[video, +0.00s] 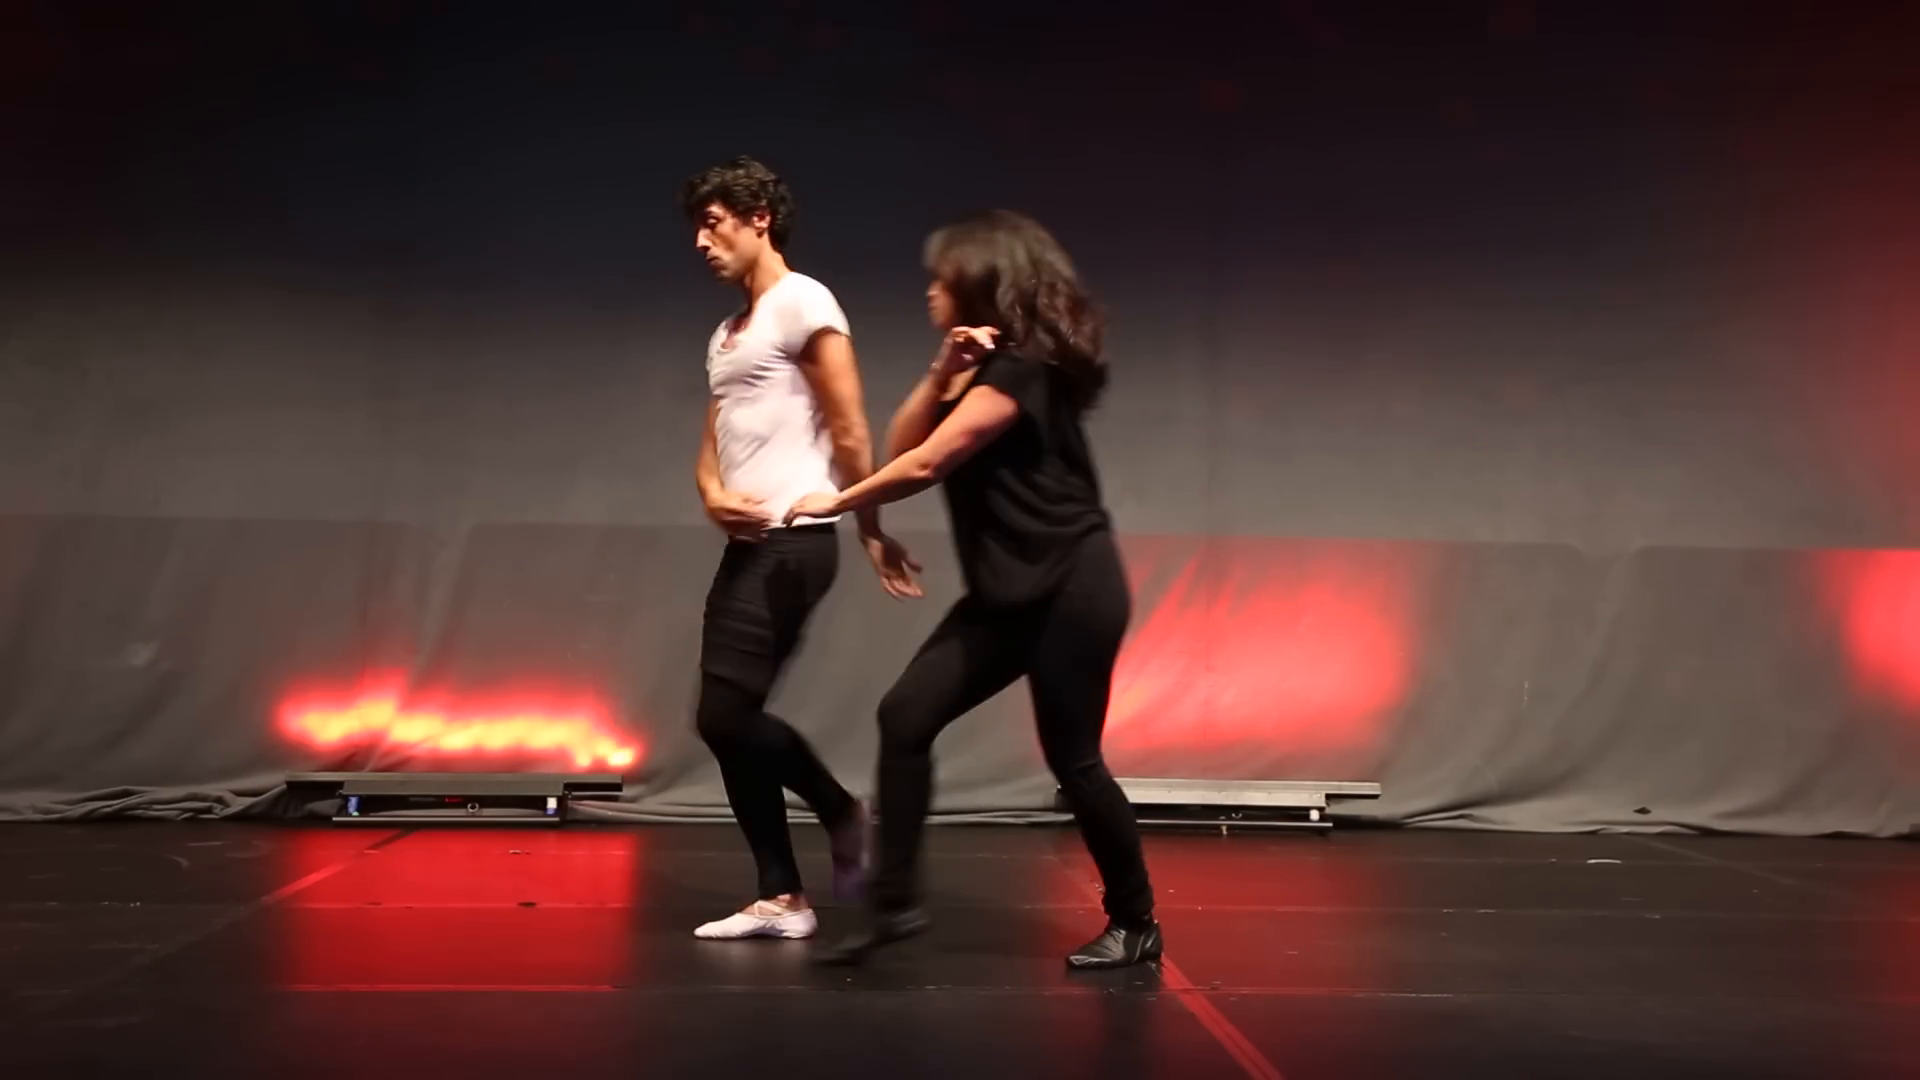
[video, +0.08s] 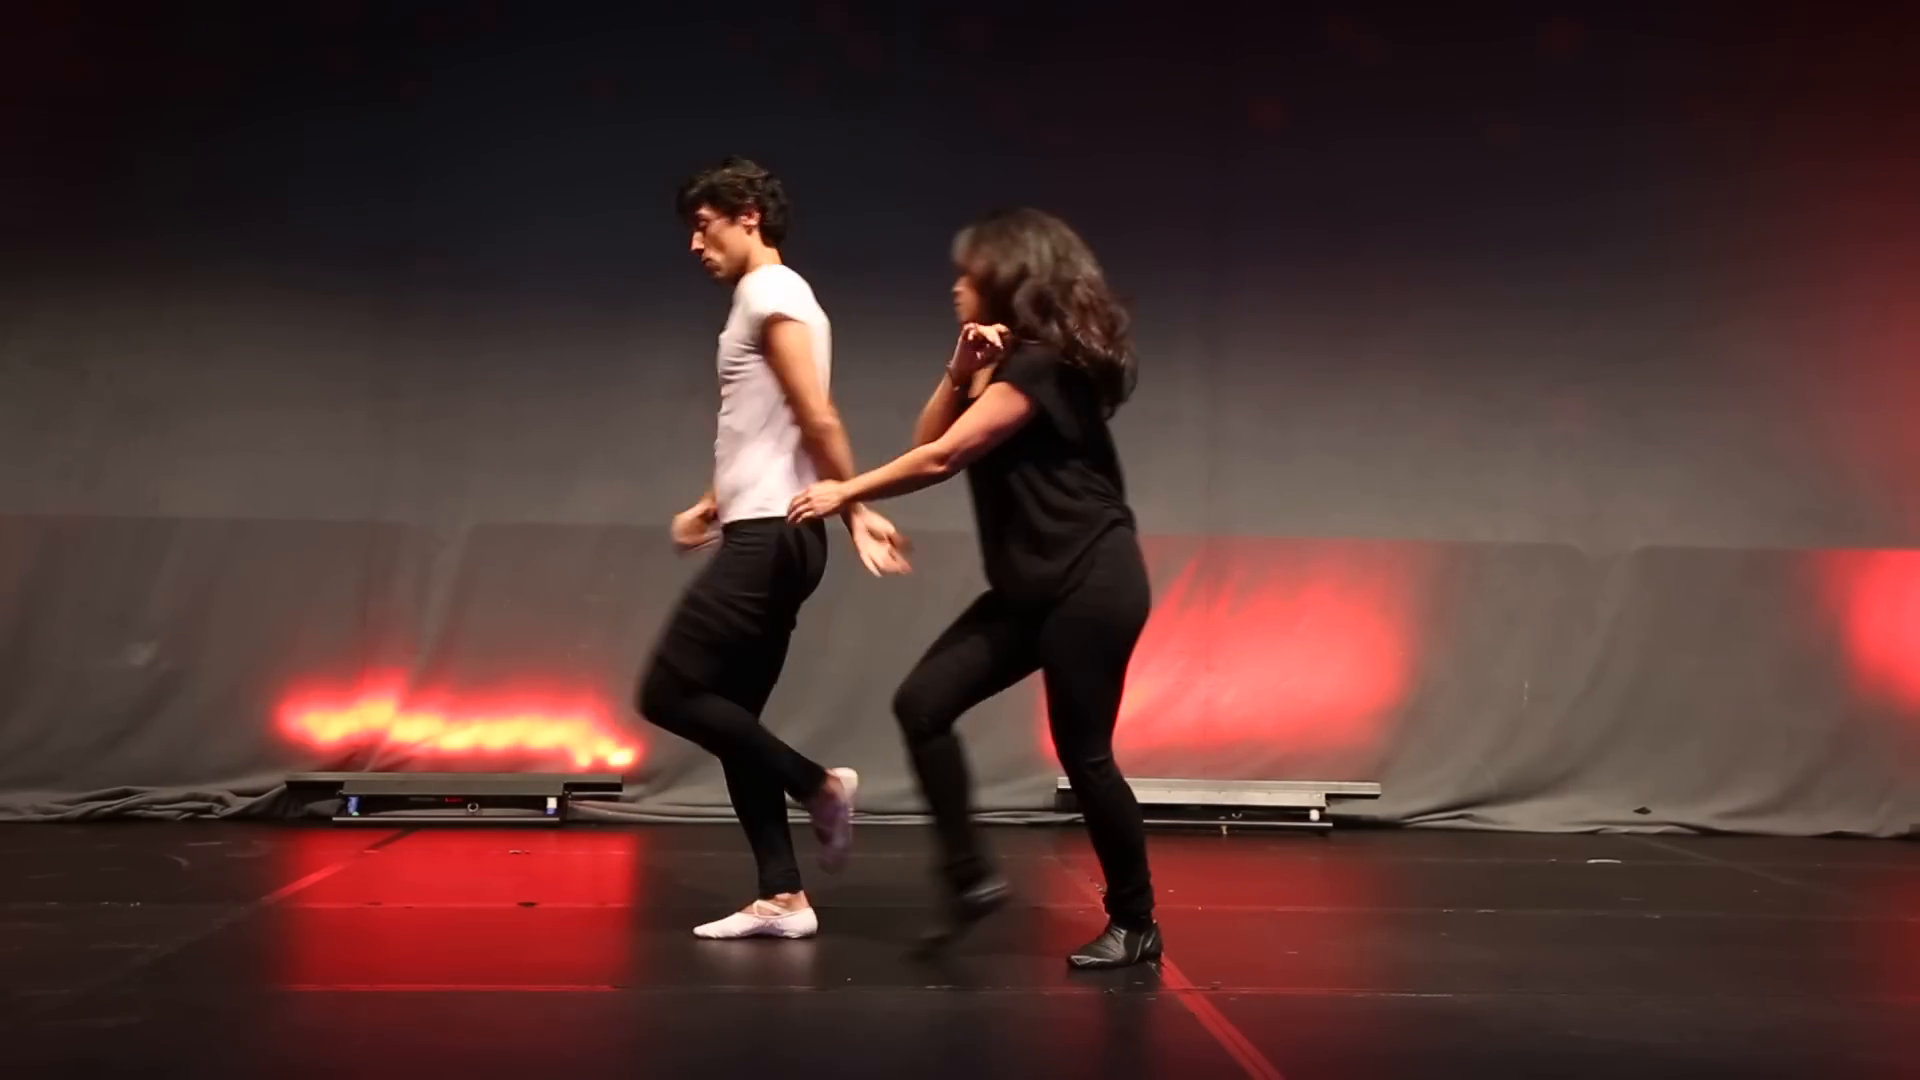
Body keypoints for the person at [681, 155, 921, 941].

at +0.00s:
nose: (703, 242)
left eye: (715, 225)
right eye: (699, 229)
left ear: (760, 222)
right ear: (723, 235)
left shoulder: (805, 302)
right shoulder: (729, 333)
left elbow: (849, 429)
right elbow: (713, 440)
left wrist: (875, 532)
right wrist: (711, 494)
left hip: (794, 538)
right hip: (748, 541)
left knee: (730, 714)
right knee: (724, 718)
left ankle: (847, 820)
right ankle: (782, 897)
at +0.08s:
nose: (696, 244)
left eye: (705, 227)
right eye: (692, 229)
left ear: (749, 219)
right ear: (738, 226)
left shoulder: (773, 292)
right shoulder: (760, 298)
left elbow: (818, 413)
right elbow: (767, 429)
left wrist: (856, 506)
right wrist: (711, 505)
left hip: (770, 533)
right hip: (771, 532)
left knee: (667, 692)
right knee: (729, 716)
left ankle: (819, 788)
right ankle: (781, 897)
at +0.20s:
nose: (704, 242)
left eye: (704, 231)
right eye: (705, 231)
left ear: (720, 228)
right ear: (777, 230)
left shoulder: (714, 286)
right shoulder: (823, 317)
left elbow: (741, 398)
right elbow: (819, 441)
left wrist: (817, 465)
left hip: (739, 534)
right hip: (796, 541)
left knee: (644, 683)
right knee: (742, 711)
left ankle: (788, 785)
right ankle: (779, 899)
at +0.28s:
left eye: (717, 226)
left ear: (713, 228)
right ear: (782, 228)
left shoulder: (689, 289)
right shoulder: (828, 316)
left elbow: (690, 395)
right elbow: (840, 459)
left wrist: (788, 447)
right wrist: (819, 543)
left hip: (726, 533)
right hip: (800, 538)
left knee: (656, 690)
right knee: (756, 709)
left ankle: (781, 801)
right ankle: (778, 904)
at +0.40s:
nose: (795, 241)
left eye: (792, 230)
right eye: (796, 231)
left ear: (719, 223)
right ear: (783, 230)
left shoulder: (668, 288)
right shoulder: (820, 310)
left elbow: (636, 392)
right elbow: (866, 440)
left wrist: (748, 427)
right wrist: (898, 525)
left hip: (711, 529)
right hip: (794, 535)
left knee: (687, 704)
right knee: (769, 711)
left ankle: (768, 831)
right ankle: (784, 906)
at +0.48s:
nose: (797, 240)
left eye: (796, 230)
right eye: (797, 230)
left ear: (719, 220)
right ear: (781, 226)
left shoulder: (660, 285)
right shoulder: (816, 312)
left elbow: (623, 393)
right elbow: (865, 446)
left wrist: (733, 429)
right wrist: (914, 509)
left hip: (705, 527)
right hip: (788, 531)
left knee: (692, 714)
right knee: (771, 712)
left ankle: (761, 867)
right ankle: (783, 905)